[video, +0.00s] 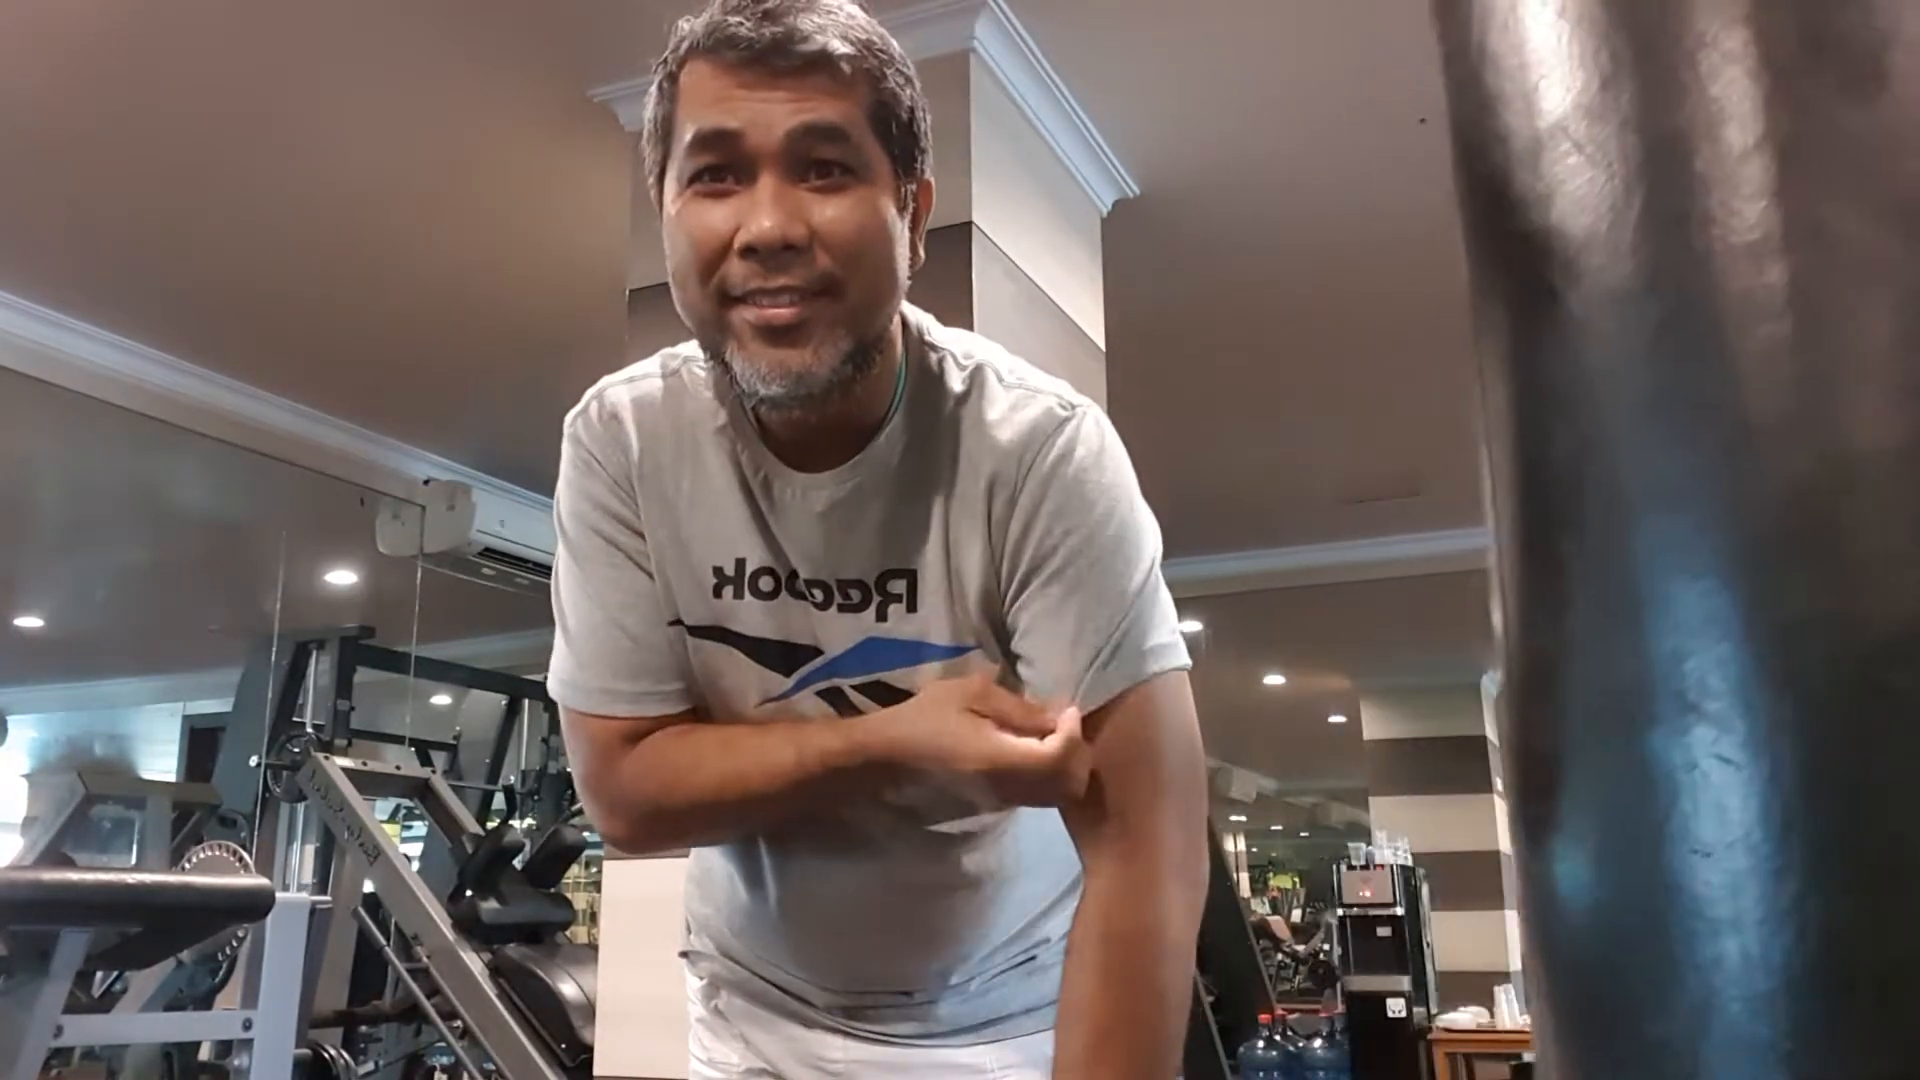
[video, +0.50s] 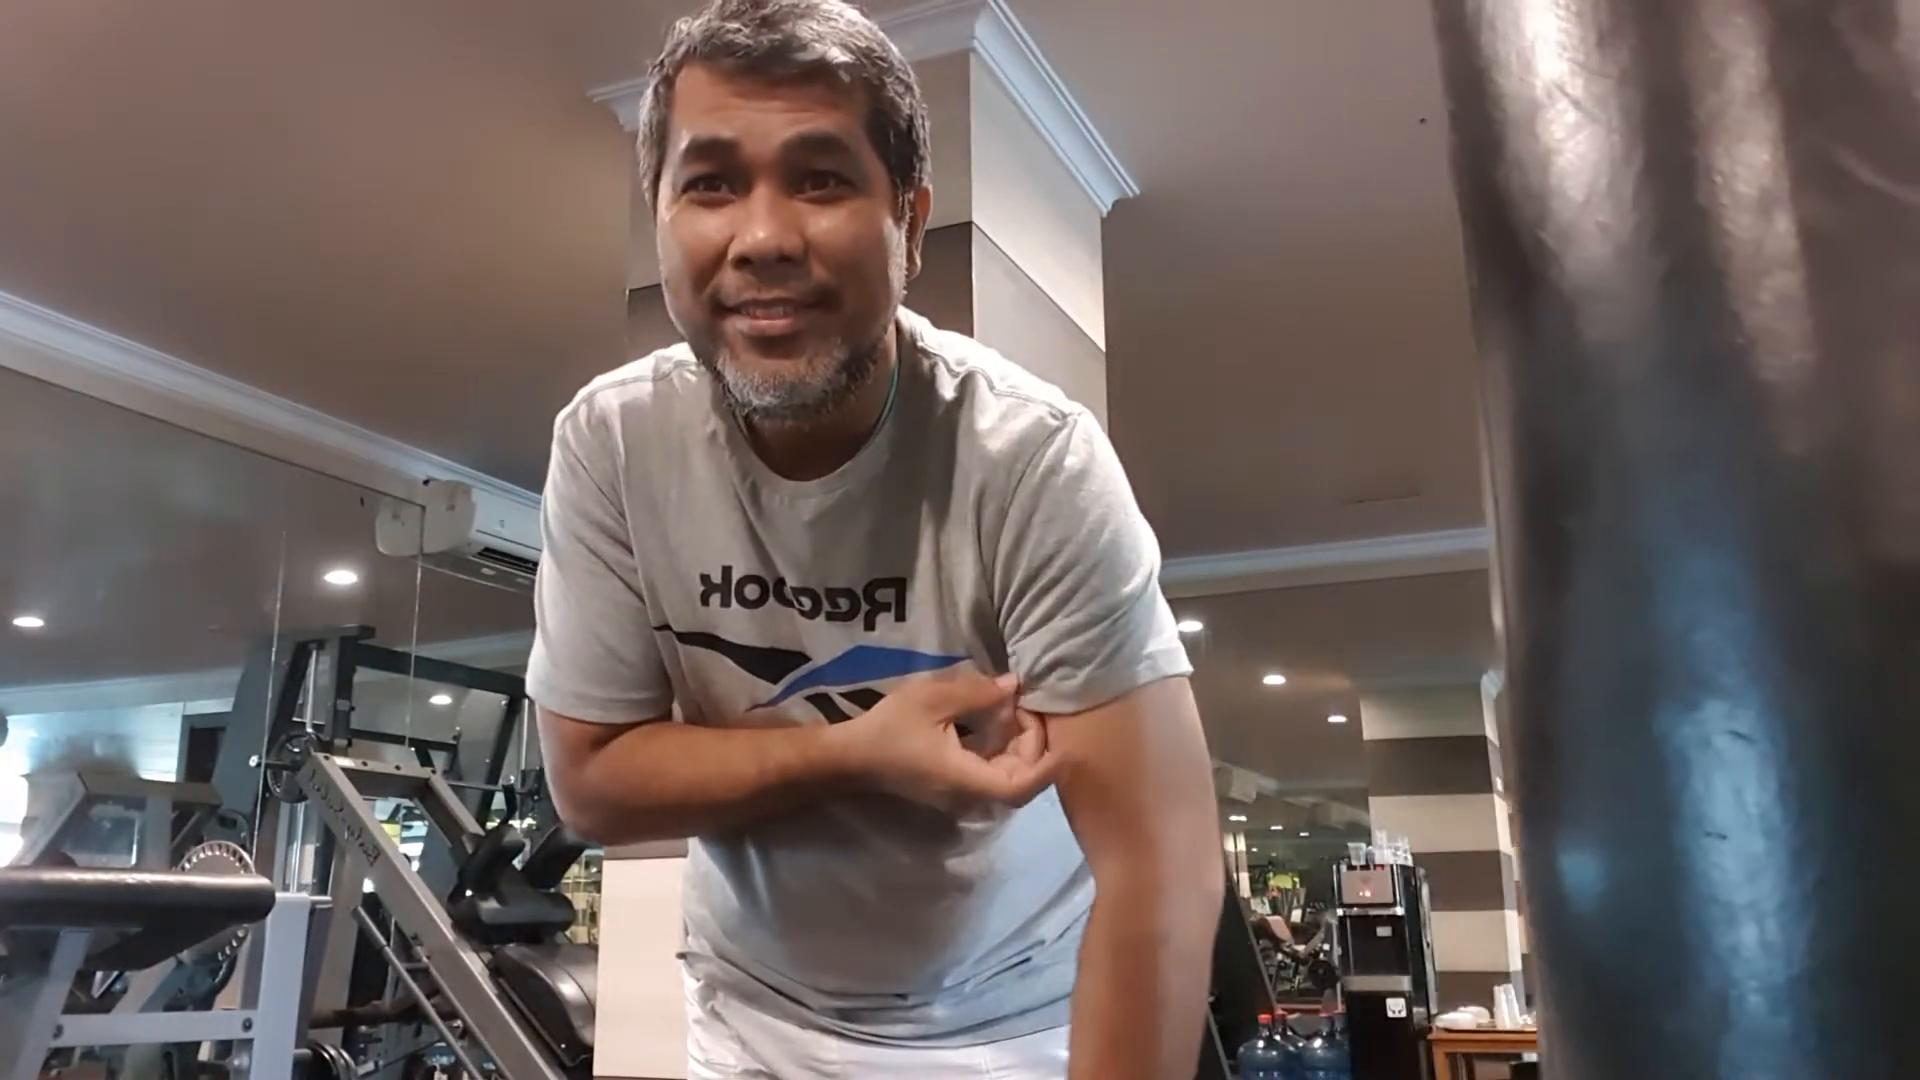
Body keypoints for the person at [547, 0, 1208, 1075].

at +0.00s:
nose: (770, 228)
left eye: (826, 169)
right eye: (718, 174)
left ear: (915, 212)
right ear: (662, 218)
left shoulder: (1044, 454)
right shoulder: (623, 441)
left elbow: (1148, 847)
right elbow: (628, 792)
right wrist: (893, 747)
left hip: (1009, 1026)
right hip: (752, 1014)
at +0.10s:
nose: (769, 232)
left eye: (826, 173)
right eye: (717, 178)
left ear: (913, 217)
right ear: (661, 220)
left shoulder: (1043, 457)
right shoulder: (623, 440)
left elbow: (1144, 849)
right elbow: (624, 790)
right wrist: (890, 754)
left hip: (1006, 1028)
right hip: (752, 1014)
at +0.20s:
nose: (766, 235)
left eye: (823, 177)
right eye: (714, 181)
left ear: (910, 218)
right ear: (657, 223)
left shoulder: (1042, 459)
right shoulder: (619, 444)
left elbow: (1139, 849)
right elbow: (623, 791)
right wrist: (885, 752)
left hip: (1003, 1028)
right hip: (751, 1013)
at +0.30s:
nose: (764, 238)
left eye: (821, 179)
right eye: (711, 183)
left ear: (909, 219)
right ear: (655, 225)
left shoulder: (1041, 462)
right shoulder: (616, 446)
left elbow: (1138, 855)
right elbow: (620, 793)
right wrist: (873, 750)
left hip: (1000, 1027)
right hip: (749, 1012)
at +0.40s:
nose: (763, 240)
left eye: (821, 181)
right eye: (711, 184)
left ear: (909, 221)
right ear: (654, 226)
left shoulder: (1038, 462)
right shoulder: (614, 446)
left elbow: (1147, 862)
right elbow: (604, 787)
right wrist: (858, 754)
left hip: (1009, 1026)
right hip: (751, 1012)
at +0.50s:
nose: (764, 241)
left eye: (823, 182)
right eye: (713, 184)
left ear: (910, 221)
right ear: (657, 224)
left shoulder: (1034, 462)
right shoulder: (612, 443)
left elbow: (1162, 866)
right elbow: (593, 785)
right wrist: (854, 754)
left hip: (1012, 1028)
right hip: (749, 1014)